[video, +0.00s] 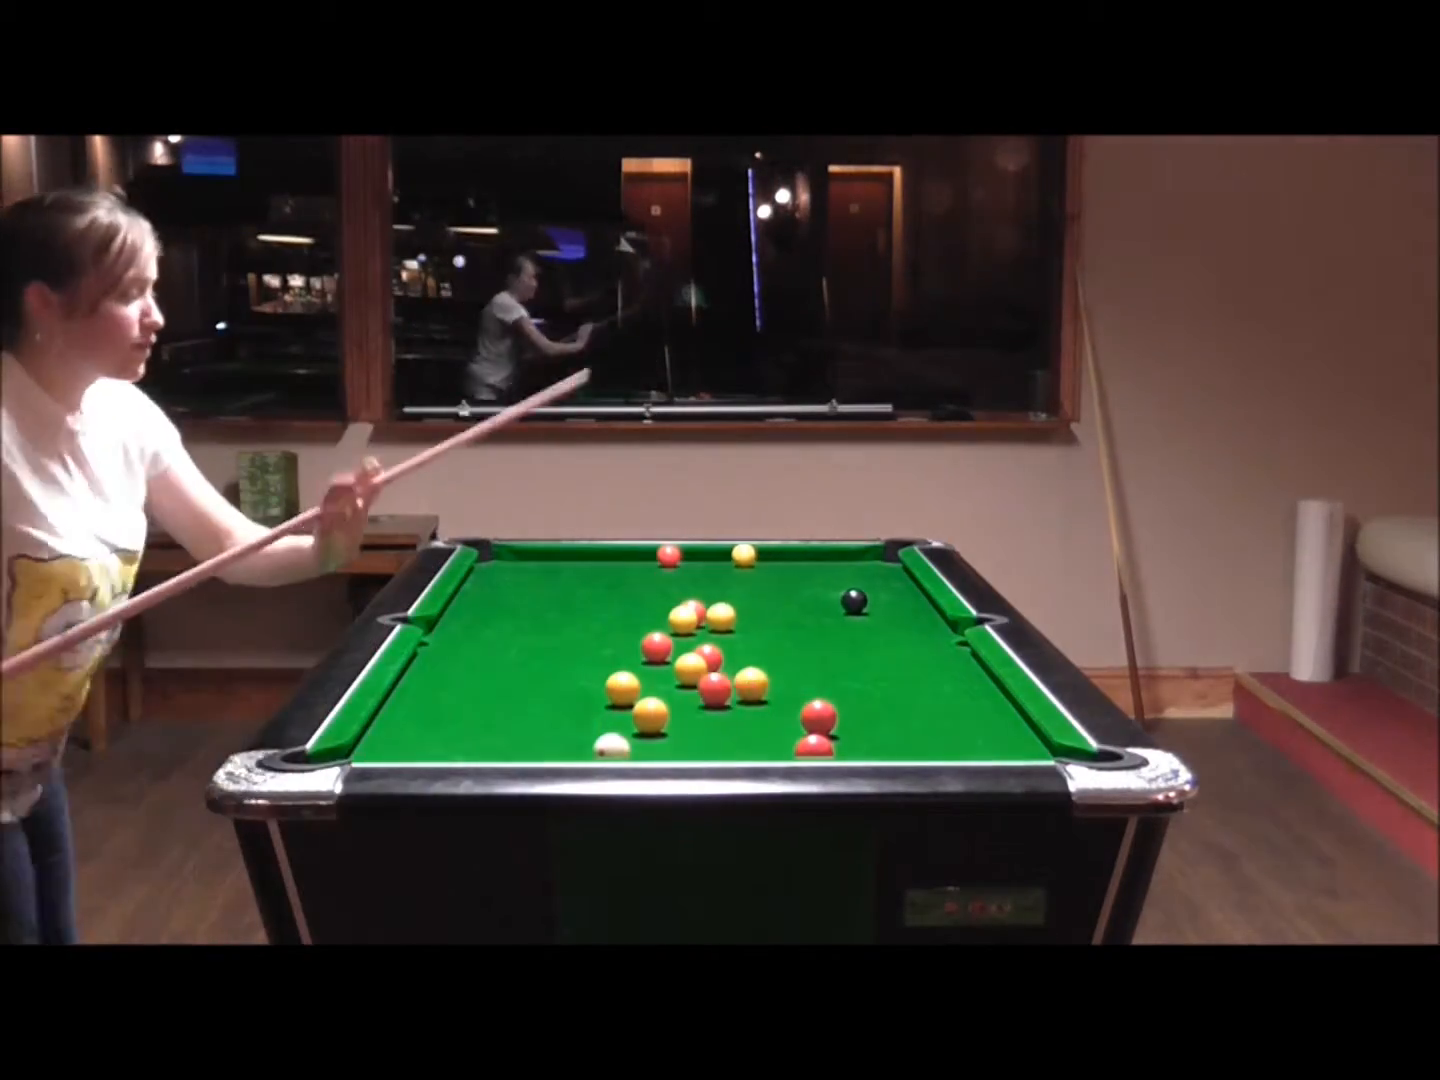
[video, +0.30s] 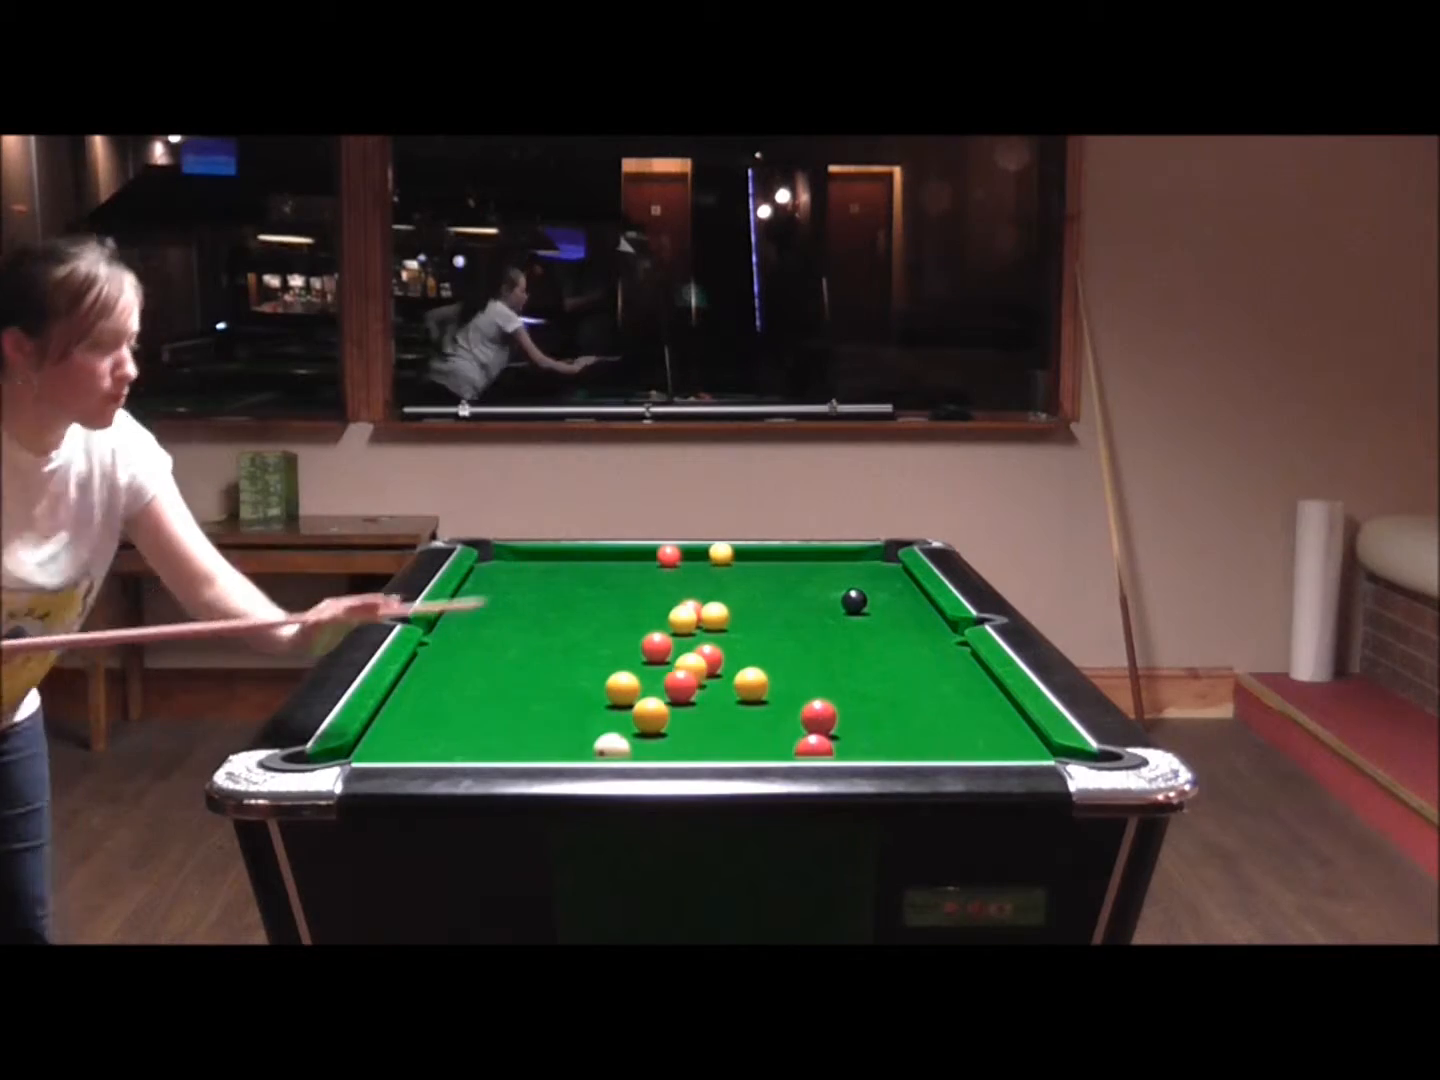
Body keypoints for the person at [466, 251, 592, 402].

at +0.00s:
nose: (535, 284)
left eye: (535, 278)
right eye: (531, 277)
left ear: (515, 280)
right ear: (514, 279)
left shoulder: (512, 305)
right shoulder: (504, 302)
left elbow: (542, 346)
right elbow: (547, 348)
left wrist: (572, 340)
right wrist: (579, 345)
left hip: (499, 387)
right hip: (486, 388)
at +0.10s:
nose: (533, 288)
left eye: (532, 282)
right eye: (529, 281)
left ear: (513, 282)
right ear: (513, 282)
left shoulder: (497, 303)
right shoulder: (509, 307)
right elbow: (548, 353)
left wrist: (569, 347)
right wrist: (580, 352)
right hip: (477, 386)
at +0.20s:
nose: (530, 290)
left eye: (530, 284)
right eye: (527, 284)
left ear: (510, 285)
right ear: (510, 284)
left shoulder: (492, 304)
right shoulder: (509, 310)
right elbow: (547, 356)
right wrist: (579, 358)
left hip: (451, 381)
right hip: (471, 386)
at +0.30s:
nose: (526, 297)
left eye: (525, 291)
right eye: (522, 291)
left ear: (502, 290)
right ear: (507, 290)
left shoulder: (475, 305)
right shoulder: (508, 317)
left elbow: (432, 316)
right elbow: (539, 360)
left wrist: (441, 348)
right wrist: (573, 368)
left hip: (432, 382)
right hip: (458, 390)